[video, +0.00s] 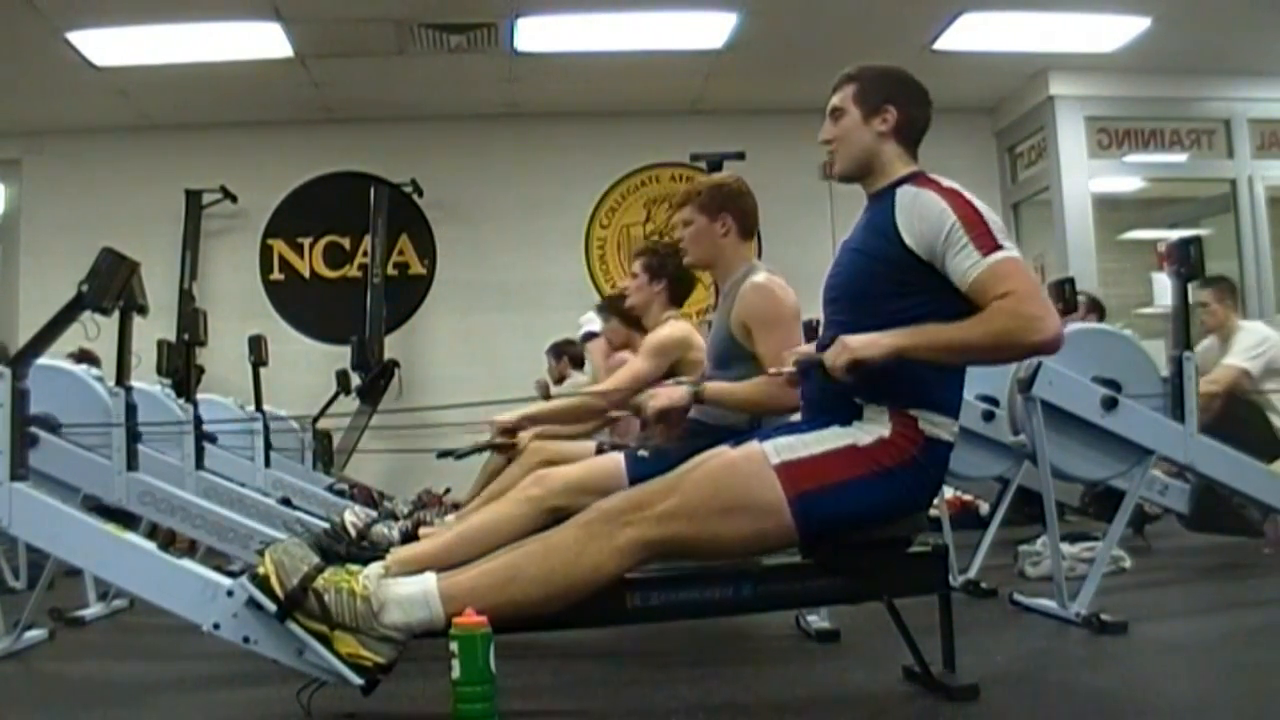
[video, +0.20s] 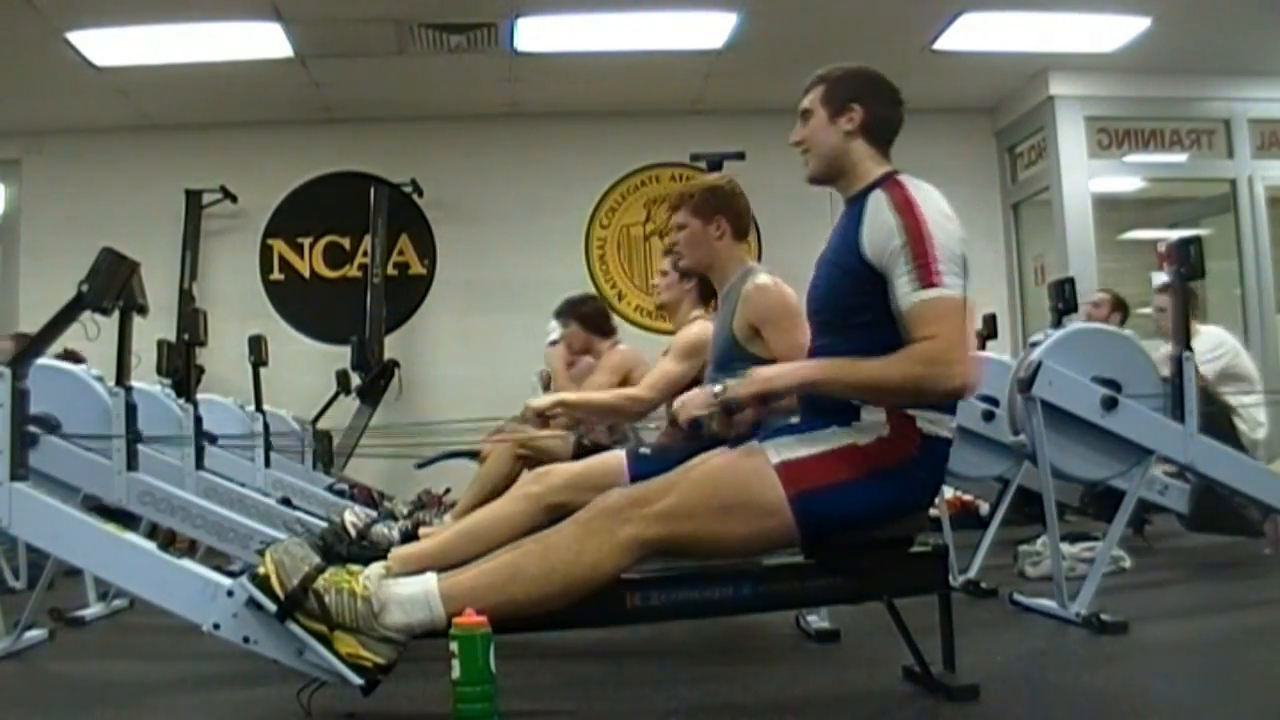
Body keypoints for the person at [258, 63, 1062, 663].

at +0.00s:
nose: (822, 135)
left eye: (834, 118)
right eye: (825, 120)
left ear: (883, 122)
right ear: (872, 126)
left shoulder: (926, 196)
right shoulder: (880, 222)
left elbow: (1032, 321)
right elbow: (823, 374)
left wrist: (880, 344)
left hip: (889, 443)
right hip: (847, 432)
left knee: (644, 521)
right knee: (628, 510)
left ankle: (399, 609)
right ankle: (399, 600)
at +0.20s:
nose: (796, 136)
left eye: (808, 118)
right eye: (798, 122)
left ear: (853, 120)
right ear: (851, 127)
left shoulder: (902, 205)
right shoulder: (857, 221)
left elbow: (949, 366)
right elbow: (845, 369)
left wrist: (791, 377)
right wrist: (739, 397)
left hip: (885, 442)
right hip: (839, 434)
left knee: (638, 517)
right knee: (606, 501)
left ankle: (398, 611)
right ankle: (394, 597)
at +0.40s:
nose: (736, 145)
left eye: (747, 126)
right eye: (738, 130)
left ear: (793, 125)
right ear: (790, 130)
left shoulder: (843, 204)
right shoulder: (805, 221)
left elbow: (797, 373)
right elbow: (765, 369)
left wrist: (638, 407)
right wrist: (644, 399)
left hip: (871, 444)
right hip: (823, 437)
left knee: (618, 484)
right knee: (601, 469)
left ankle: (398, 613)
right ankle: (389, 589)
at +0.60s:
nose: (637, 157)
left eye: (648, 138)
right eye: (641, 142)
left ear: (694, 138)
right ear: (697, 142)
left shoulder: (750, 215)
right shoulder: (713, 233)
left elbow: (638, 369)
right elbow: (649, 377)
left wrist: (488, 437)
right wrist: (499, 440)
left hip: (827, 449)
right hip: (774, 445)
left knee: (571, 442)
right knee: (552, 458)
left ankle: (395, 609)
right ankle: (385, 588)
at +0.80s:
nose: (530, 173)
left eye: (538, 154)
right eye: (531, 156)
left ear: (580, 154)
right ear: (589, 159)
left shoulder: (640, 230)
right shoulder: (627, 237)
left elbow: (507, 374)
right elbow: (522, 383)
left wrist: (372, 451)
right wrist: (399, 455)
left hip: (748, 457)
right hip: (719, 452)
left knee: (513, 400)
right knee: (504, 411)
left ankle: (390, 603)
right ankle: (390, 589)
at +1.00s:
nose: (431, 177)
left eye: (440, 160)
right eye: (434, 161)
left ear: (476, 164)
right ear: (486, 168)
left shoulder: (533, 242)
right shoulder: (502, 252)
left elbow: (385, 378)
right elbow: (408, 391)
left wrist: (261, 460)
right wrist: (306, 471)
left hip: (655, 464)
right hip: (629, 457)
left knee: (440, 378)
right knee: (438, 374)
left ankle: (385, 600)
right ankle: (384, 581)